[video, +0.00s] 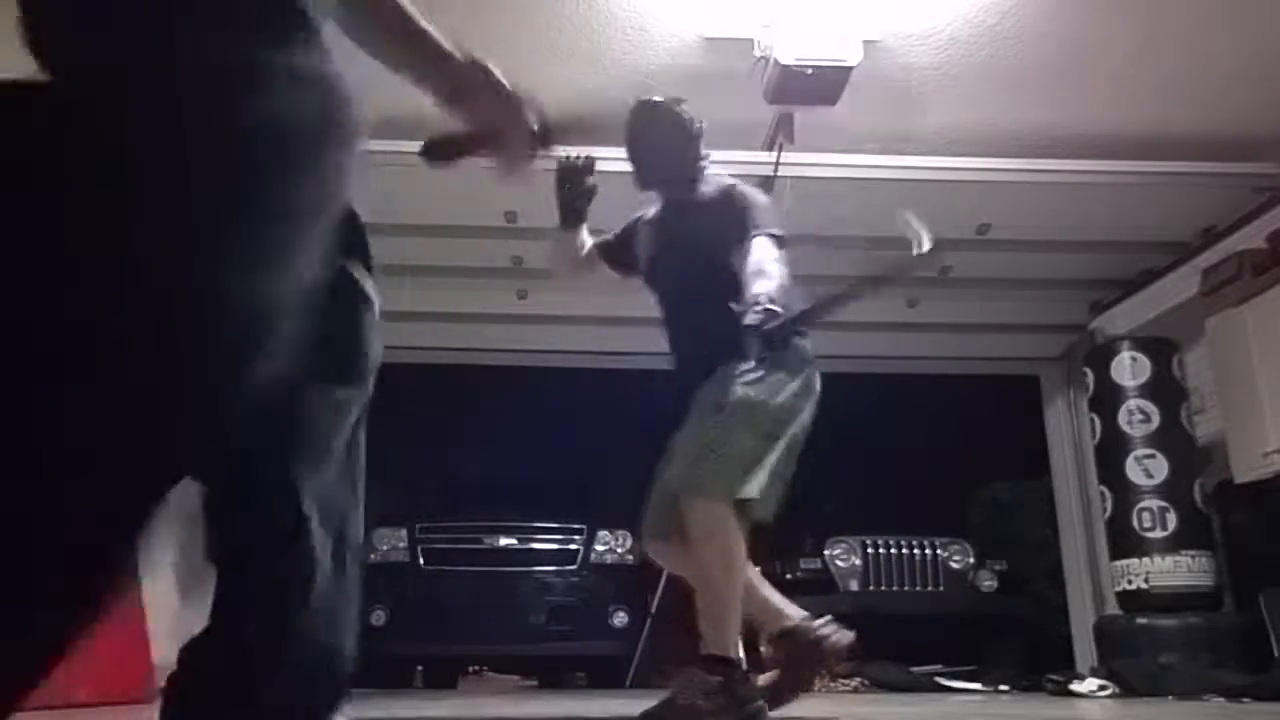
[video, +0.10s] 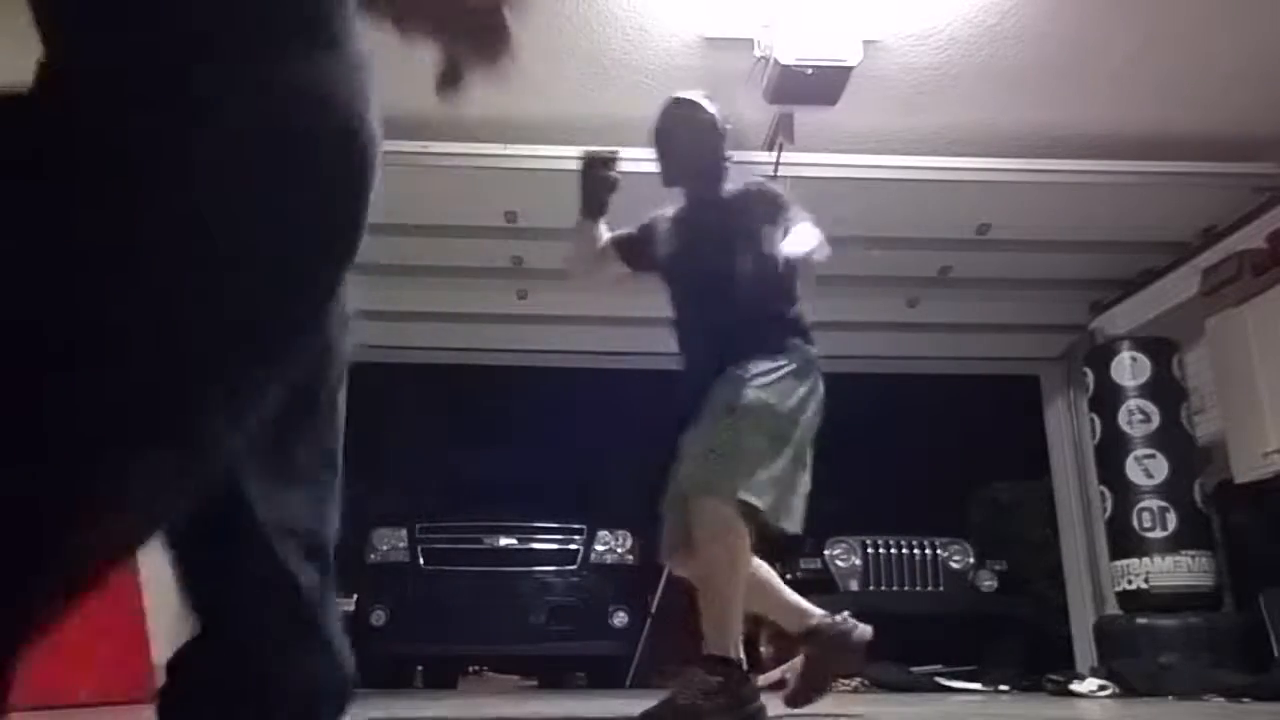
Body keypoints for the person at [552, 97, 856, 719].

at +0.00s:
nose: (668, 163)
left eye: (674, 146)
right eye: (651, 153)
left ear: (697, 144)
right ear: (639, 163)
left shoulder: (731, 198)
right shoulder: (649, 227)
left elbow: (765, 257)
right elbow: (577, 263)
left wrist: (758, 295)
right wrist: (573, 213)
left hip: (765, 364)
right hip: (708, 382)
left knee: (707, 491)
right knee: (662, 534)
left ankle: (723, 667)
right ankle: (799, 633)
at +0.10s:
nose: (681, 150)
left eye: (693, 136)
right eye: (670, 139)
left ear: (719, 142)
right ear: (660, 153)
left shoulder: (756, 198)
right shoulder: (666, 230)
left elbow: (809, 234)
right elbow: (587, 263)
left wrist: (790, 248)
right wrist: (592, 206)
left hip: (776, 366)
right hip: (715, 382)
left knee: (709, 490)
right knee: (682, 548)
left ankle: (724, 671)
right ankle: (824, 631)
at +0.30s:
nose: (726, 153)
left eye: (740, 139)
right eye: (717, 143)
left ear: (770, 146)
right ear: (708, 158)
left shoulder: (800, 199)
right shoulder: (715, 230)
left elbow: (845, 232)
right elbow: (644, 275)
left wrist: (825, 172)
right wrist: (641, 223)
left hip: (802, 371)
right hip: (741, 386)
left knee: (776, 511)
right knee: (737, 529)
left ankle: (767, 657)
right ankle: (817, 659)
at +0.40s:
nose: (749, 158)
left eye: (761, 145)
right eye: (740, 148)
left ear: (787, 151)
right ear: (729, 161)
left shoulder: (824, 199)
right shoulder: (733, 244)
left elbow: (851, 253)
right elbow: (688, 307)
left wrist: (814, 231)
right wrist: (659, 262)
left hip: (825, 379)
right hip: (761, 397)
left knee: (817, 503)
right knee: (752, 528)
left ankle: (839, 663)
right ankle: (822, 660)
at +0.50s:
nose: (780, 162)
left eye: (791, 152)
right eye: (768, 153)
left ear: (809, 160)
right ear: (748, 164)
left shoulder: (839, 210)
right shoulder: (751, 247)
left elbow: (871, 263)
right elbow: (736, 326)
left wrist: (807, 283)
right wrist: (691, 306)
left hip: (851, 393)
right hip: (784, 407)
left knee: (857, 522)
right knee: (775, 533)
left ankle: (915, 630)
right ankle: (827, 667)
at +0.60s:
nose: (807, 169)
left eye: (816, 158)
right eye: (794, 160)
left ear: (833, 165)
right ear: (772, 173)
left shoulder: (863, 220)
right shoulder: (768, 258)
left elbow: (873, 273)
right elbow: (771, 338)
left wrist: (800, 306)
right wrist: (751, 341)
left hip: (873, 406)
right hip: (804, 415)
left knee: (900, 533)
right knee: (793, 539)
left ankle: (972, 634)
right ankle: (829, 669)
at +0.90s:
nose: (847, 207)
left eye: (857, 194)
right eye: (836, 198)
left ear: (878, 192)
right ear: (822, 204)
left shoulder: (908, 249)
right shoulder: (814, 267)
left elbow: (917, 315)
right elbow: (781, 336)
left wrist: (875, 301)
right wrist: (723, 352)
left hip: (923, 421)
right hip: (854, 429)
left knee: (947, 546)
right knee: (828, 530)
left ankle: (996, 669)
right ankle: (892, 656)